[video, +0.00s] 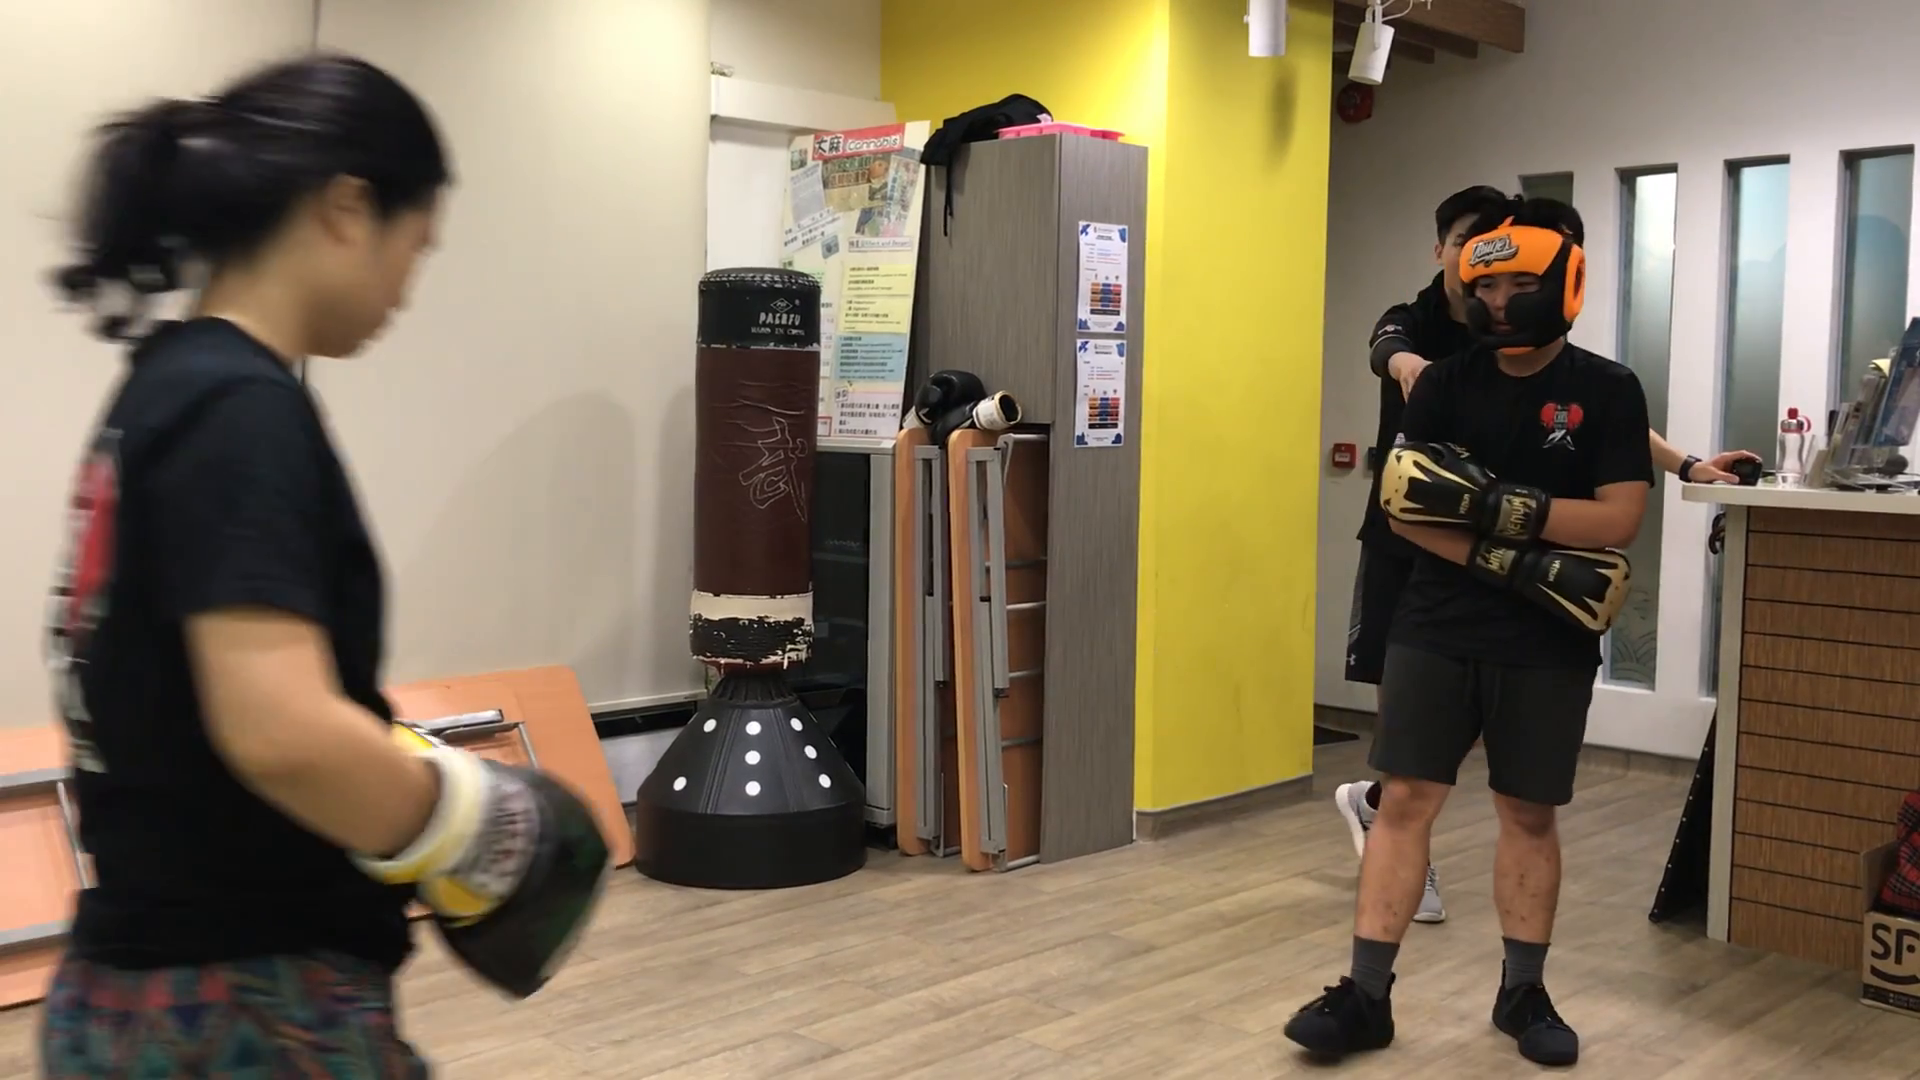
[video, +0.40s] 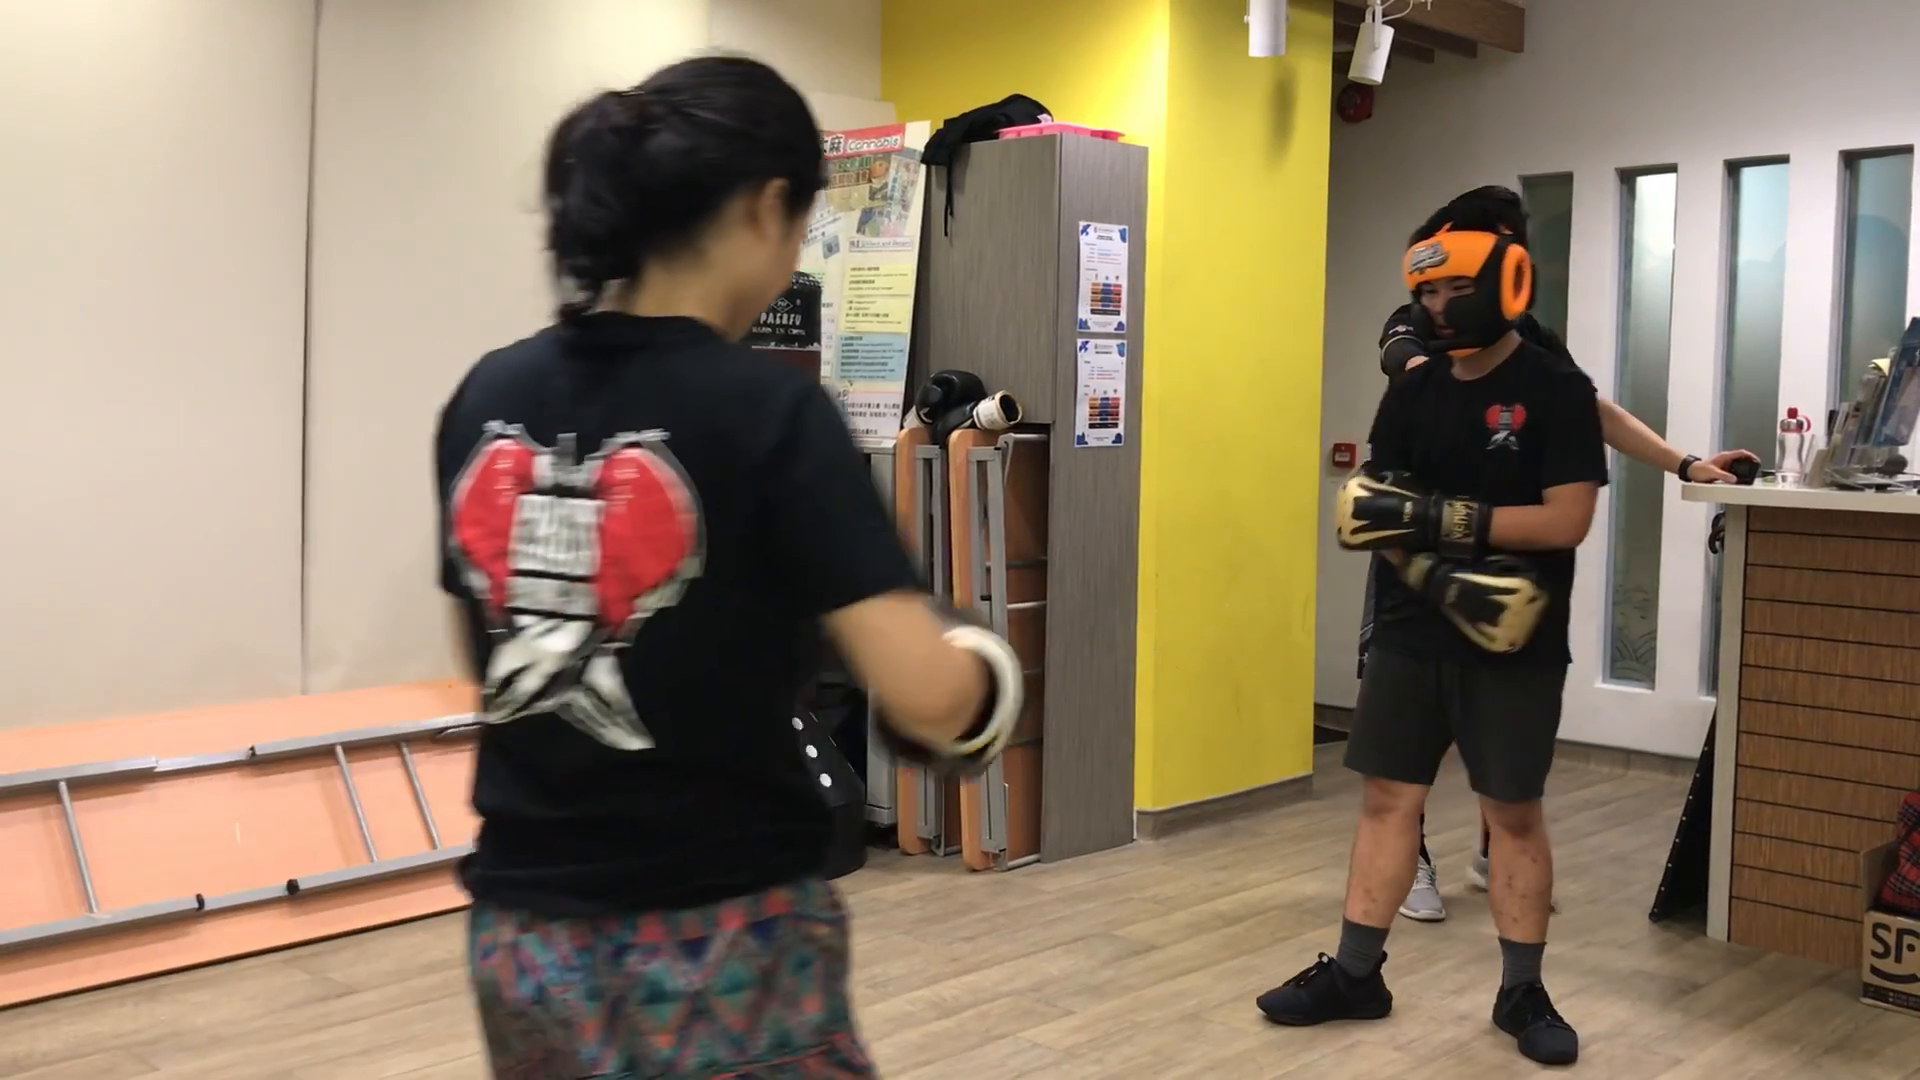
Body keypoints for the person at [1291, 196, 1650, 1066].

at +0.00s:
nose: (1497, 302)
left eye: (1516, 284)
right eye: (1484, 287)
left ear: (1562, 287)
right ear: (1465, 297)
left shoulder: (1608, 390)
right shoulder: (1445, 383)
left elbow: (1620, 519)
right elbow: (1404, 507)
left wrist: (1495, 507)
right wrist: (1530, 566)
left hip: (1545, 641)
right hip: (1436, 628)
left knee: (1529, 812)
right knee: (1404, 798)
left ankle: (1523, 994)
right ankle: (1365, 994)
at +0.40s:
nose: (1435, 306)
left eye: (1453, 289)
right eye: (1427, 291)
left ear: (1507, 286)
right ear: (1419, 298)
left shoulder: (1559, 392)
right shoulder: (1415, 387)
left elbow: (1568, 522)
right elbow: (1370, 507)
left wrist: (1440, 517)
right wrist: (1437, 579)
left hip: (1514, 639)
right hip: (1410, 629)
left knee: (1514, 814)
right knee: (1388, 794)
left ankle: (1522, 989)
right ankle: (1356, 970)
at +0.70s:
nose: (1342, 307)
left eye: (1358, 289)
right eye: (1332, 293)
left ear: (1410, 286)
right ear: (1326, 300)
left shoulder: (1465, 389)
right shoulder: (1329, 400)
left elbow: (1494, 515)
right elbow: (1301, 516)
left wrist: (1378, 539)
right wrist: (1306, 583)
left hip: (1447, 629)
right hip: (1351, 625)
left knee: (1471, 814)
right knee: (1357, 792)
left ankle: (1515, 985)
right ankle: (1352, 971)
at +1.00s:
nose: (1289, 315)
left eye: (1304, 294)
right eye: (1275, 301)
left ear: (1354, 287)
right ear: (1264, 307)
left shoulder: (1409, 385)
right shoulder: (1273, 397)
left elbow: (1440, 509)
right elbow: (1248, 501)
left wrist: (1342, 497)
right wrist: (1207, 528)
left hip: (1400, 618)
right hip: (1314, 620)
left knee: (1387, 796)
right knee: (1332, 792)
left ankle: (1417, 996)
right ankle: (1349, 971)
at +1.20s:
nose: (1262, 318)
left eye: (1276, 298)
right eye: (1253, 303)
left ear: (1331, 290)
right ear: (1248, 304)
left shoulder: (1389, 386)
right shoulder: (1254, 387)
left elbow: (1392, 510)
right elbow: (1198, 500)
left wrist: (1327, 427)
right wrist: (1150, 436)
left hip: (1369, 623)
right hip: (1288, 622)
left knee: (1333, 806)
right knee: (1314, 804)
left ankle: (1304, 1006)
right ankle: (1352, 967)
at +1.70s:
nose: (1260, 294)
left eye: (1278, 275)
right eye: (1247, 277)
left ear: (1317, 278)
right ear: (1222, 283)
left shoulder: (1358, 382)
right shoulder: (1211, 374)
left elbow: (1298, 478)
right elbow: (1165, 457)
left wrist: (1271, 369)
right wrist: (1177, 350)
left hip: (1303, 639)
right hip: (1210, 628)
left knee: (1286, 827)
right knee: (1205, 809)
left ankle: (1282, 1025)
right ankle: (1272, 941)